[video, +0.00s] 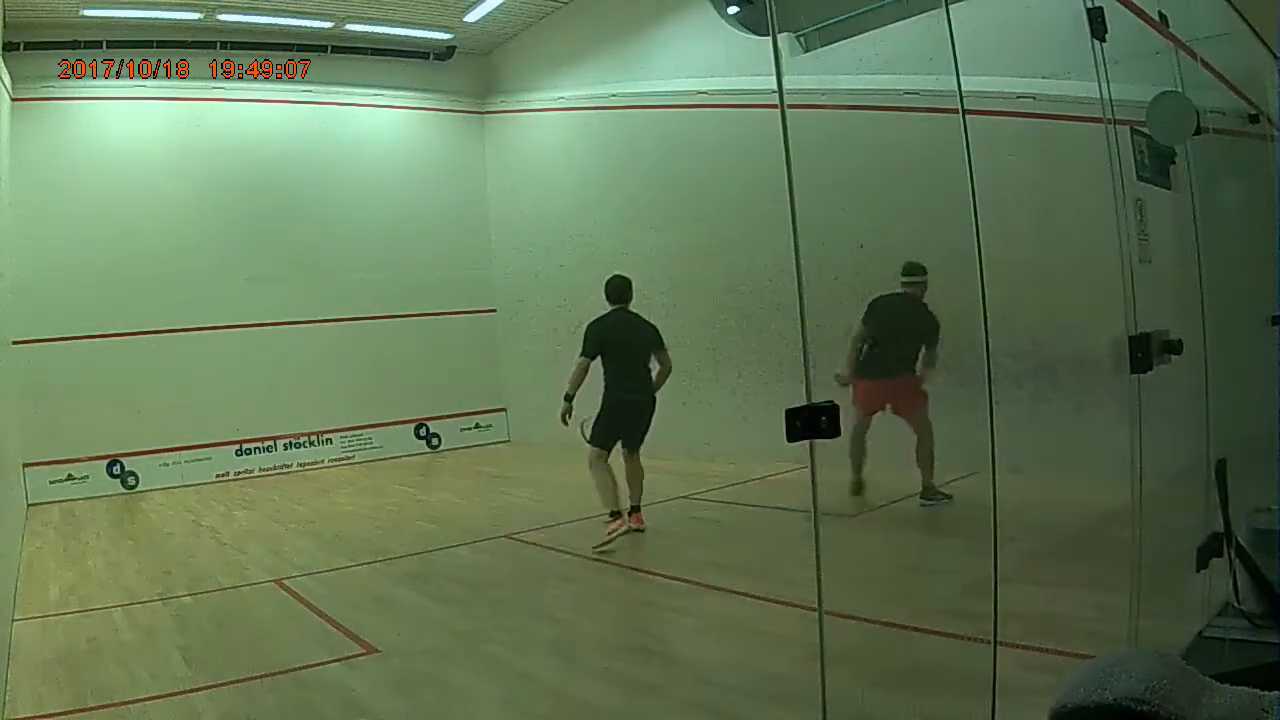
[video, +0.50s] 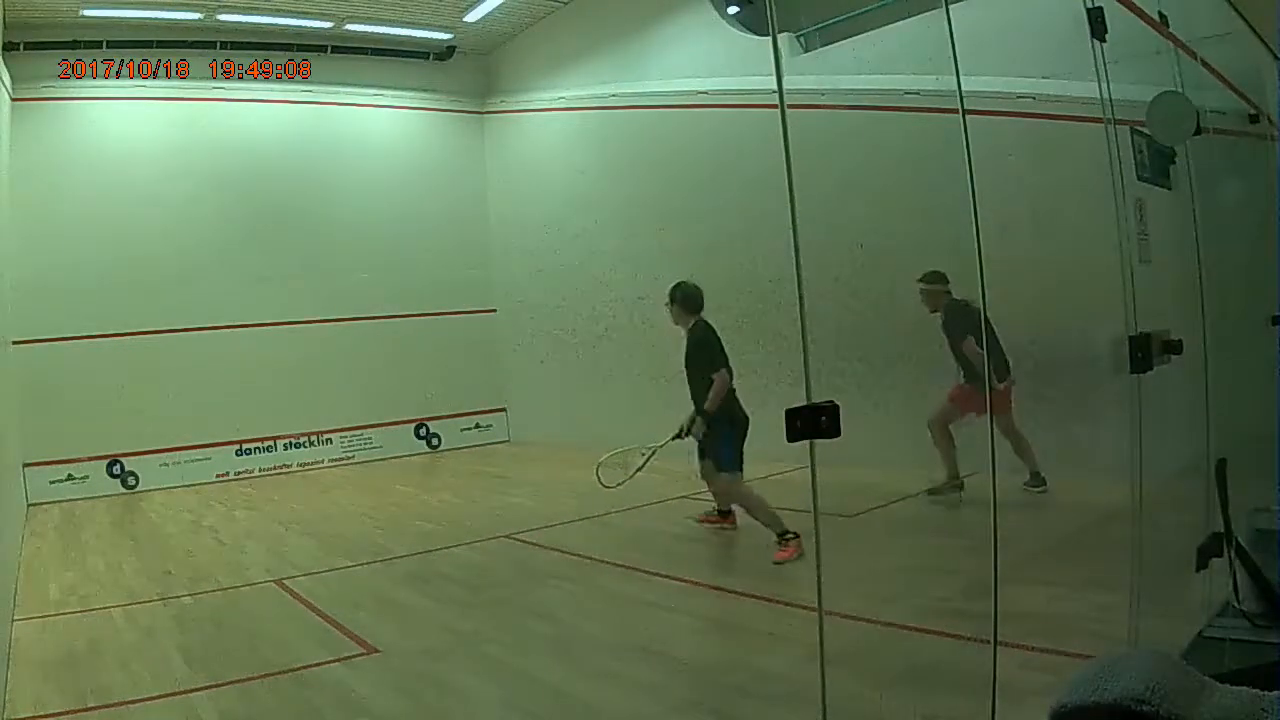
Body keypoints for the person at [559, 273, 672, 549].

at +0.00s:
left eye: (611, 295)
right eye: (627, 293)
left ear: (606, 297)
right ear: (631, 296)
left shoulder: (598, 327)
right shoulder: (646, 326)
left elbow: (582, 366)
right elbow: (666, 366)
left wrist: (568, 399)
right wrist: (650, 390)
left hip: (615, 402)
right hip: (644, 402)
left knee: (597, 458)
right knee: (631, 453)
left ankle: (616, 518)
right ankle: (635, 513)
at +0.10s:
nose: (624, 288)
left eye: (621, 284)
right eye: (636, 284)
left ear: (619, 286)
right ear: (643, 286)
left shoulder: (609, 316)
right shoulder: (658, 315)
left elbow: (597, 356)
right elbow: (681, 355)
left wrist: (582, 385)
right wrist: (665, 380)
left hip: (632, 391)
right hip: (661, 391)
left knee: (623, 454)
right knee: (655, 448)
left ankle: (653, 509)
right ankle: (652, 510)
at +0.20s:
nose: (639, 293)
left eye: (638, 289)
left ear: (638, 290)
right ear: (662, 289)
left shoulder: (635, 321)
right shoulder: (677, 318)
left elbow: (632, 362)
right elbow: (697, 357)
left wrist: (611, 383)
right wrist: (684, 381)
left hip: (660, 395)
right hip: (685, 390)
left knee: (660, 460)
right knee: (682, 454)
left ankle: (695, 512)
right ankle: (715, 505)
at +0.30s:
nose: (649, 302)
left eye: (650, 298)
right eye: (650, 298)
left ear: (655, 302)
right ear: (677, 301)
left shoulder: (658, 336)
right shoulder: (690, 329)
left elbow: (663, 381)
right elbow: (709, 370)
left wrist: (641, 398)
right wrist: (688, 393)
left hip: (687, 408)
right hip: (706, 403)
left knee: (686, 474)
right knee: (695, 464)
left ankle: (732, 522)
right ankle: (720, 511)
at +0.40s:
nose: (661, 307)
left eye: (663, 303)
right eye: (663, 302)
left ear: (667, 307)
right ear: (688, 305)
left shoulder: (684, 338)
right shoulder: (696, 332)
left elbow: (698, 381)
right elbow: (709, 379)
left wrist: (678, 409)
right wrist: (688, 414)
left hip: (710, 414)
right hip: (709, 412)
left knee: (713, 481)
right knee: (703, 467)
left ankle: (770, 527)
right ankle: (723, 511)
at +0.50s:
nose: (669, 311)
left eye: (670, 305)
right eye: (669, 305)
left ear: (680, 307)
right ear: (692, 306)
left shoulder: (703, 335)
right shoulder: (695, 335)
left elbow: (722, 379)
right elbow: (707, 383)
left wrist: (702, 417)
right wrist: (693, 418)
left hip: (727, 417)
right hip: (714, 417)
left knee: (731, 485)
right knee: (708, 471)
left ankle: (787, 537)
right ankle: (724, 513)